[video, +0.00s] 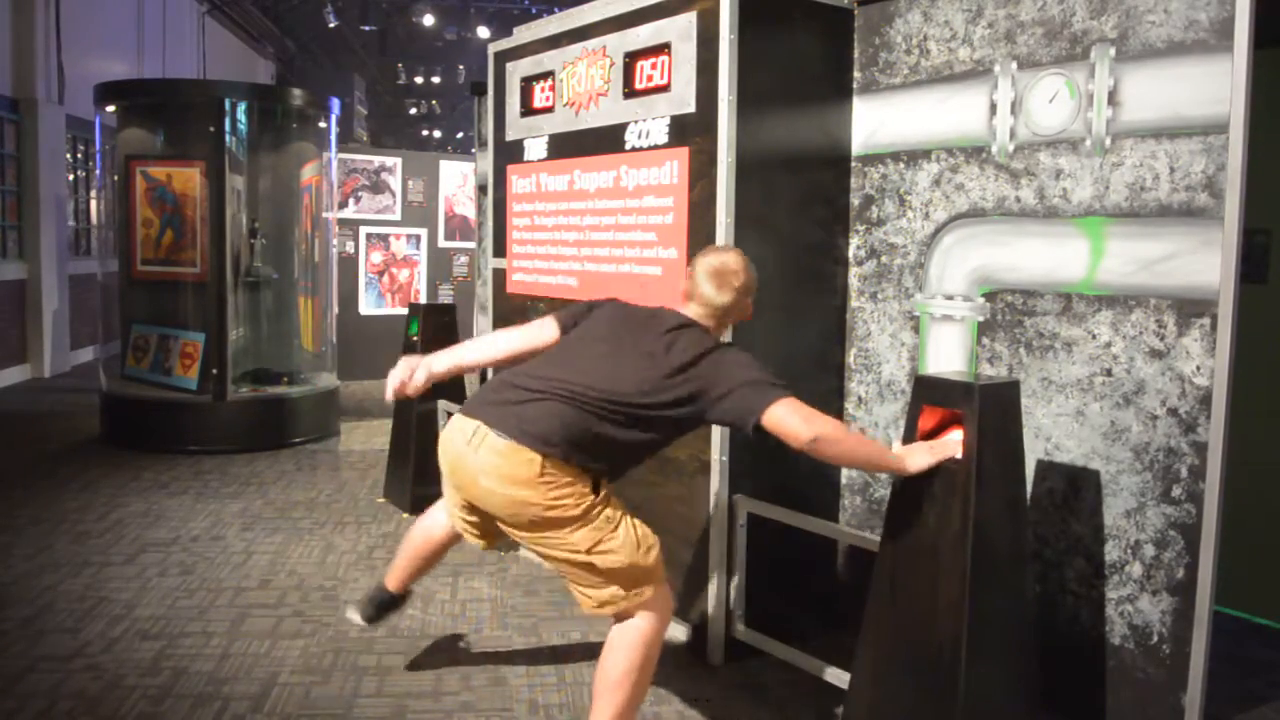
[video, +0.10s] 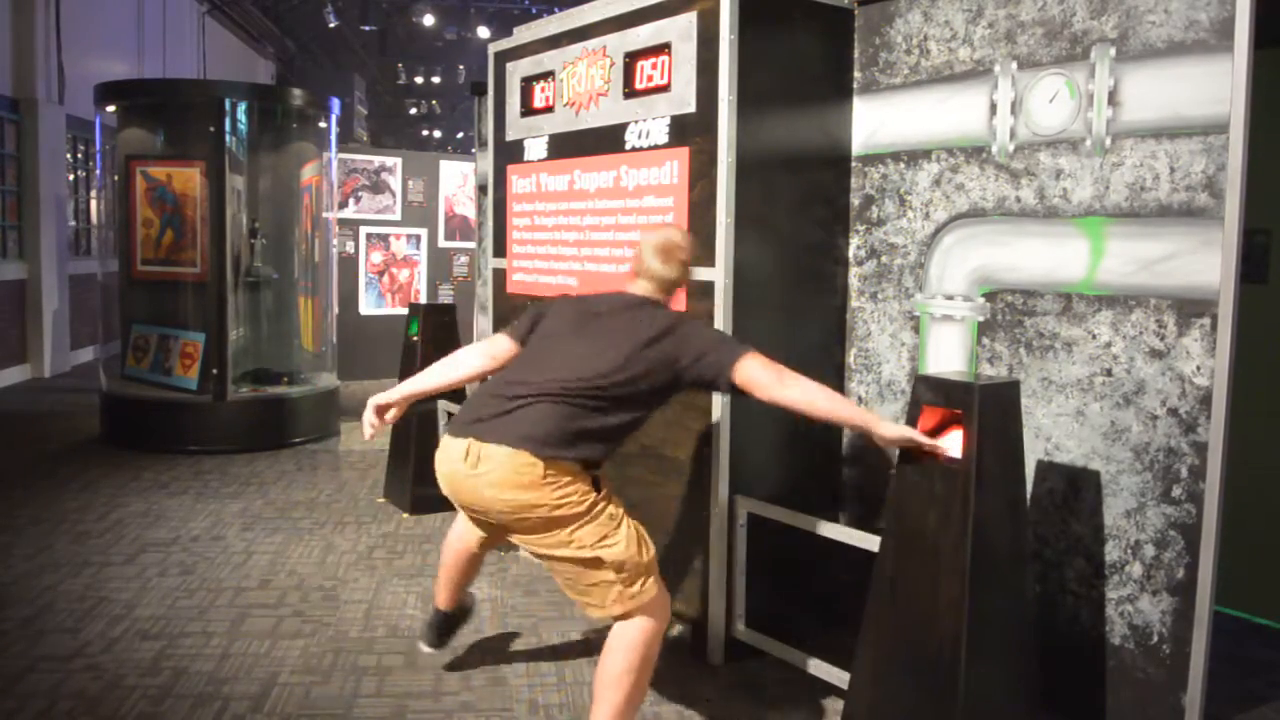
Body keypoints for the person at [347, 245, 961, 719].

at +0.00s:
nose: (737, 311)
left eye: (718, 293)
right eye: (743, 306)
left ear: (680, 286)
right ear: (739, 313)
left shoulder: (609, 313)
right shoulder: (719, 363)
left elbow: (516, 340)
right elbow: (808, 432)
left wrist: (431, 366)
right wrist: (902, 459)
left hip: (467, 433)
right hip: (536, 476)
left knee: (457, 507)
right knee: (647, 601)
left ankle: (381, 597)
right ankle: (606, 718)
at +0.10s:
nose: (675, 286)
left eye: (651, 270)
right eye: (683, 280)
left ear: (628, 273)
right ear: (682, 284)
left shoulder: (557, 311)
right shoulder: (685, 335)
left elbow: (484, 356)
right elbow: (775, 382)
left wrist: (401, 391)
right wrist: (876, 424)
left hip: (459, 459)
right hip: (534, 482)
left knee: (475, 519)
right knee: (644, 606)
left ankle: (441, 617)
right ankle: (606, 716)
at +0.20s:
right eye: (603, 221)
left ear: (556, 233)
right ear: (604, 235)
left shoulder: (508, 290)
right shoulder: (617, 285)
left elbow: (434, 346)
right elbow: (694, 337)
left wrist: (393, 378)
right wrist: (793, 393)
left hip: (457, 458)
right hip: (533, 464)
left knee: (483, 525)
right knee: (627, 590)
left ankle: (464, 644)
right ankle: (602, 715)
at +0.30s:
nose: (547, 191)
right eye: (545, 183)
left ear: (490, 194)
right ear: (539, 192)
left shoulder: (458, 258)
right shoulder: (550, 238)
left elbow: (425, 314)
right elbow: (619, 280)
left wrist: (437, 323)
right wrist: (710, 314)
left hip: (448, 420)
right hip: (515, 415)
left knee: (469, 519)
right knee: (555, 558)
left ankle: (464, 645)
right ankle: (580, 709)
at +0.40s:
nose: (506, 160)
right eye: (510, 150)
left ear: (455, 158)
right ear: (506, 153)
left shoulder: (435, 215)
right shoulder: (515, 203)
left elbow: (395, 261)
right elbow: (578, 241)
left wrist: (400, 269)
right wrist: (666, 258)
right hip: (483, 372)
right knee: (527, 495)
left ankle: (465, 640)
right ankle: (478, 652)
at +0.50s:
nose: (486, 136)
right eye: (486, 127)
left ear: (434, 135)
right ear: (484, 131)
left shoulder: (414, 185)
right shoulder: (486, 181)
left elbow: (362, 248)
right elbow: (527, 231)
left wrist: (370, 273)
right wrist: (612, 259)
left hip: (405, 349)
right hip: (451, 352)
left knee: (441, 469)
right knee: (494, 465)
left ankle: (428, 581)